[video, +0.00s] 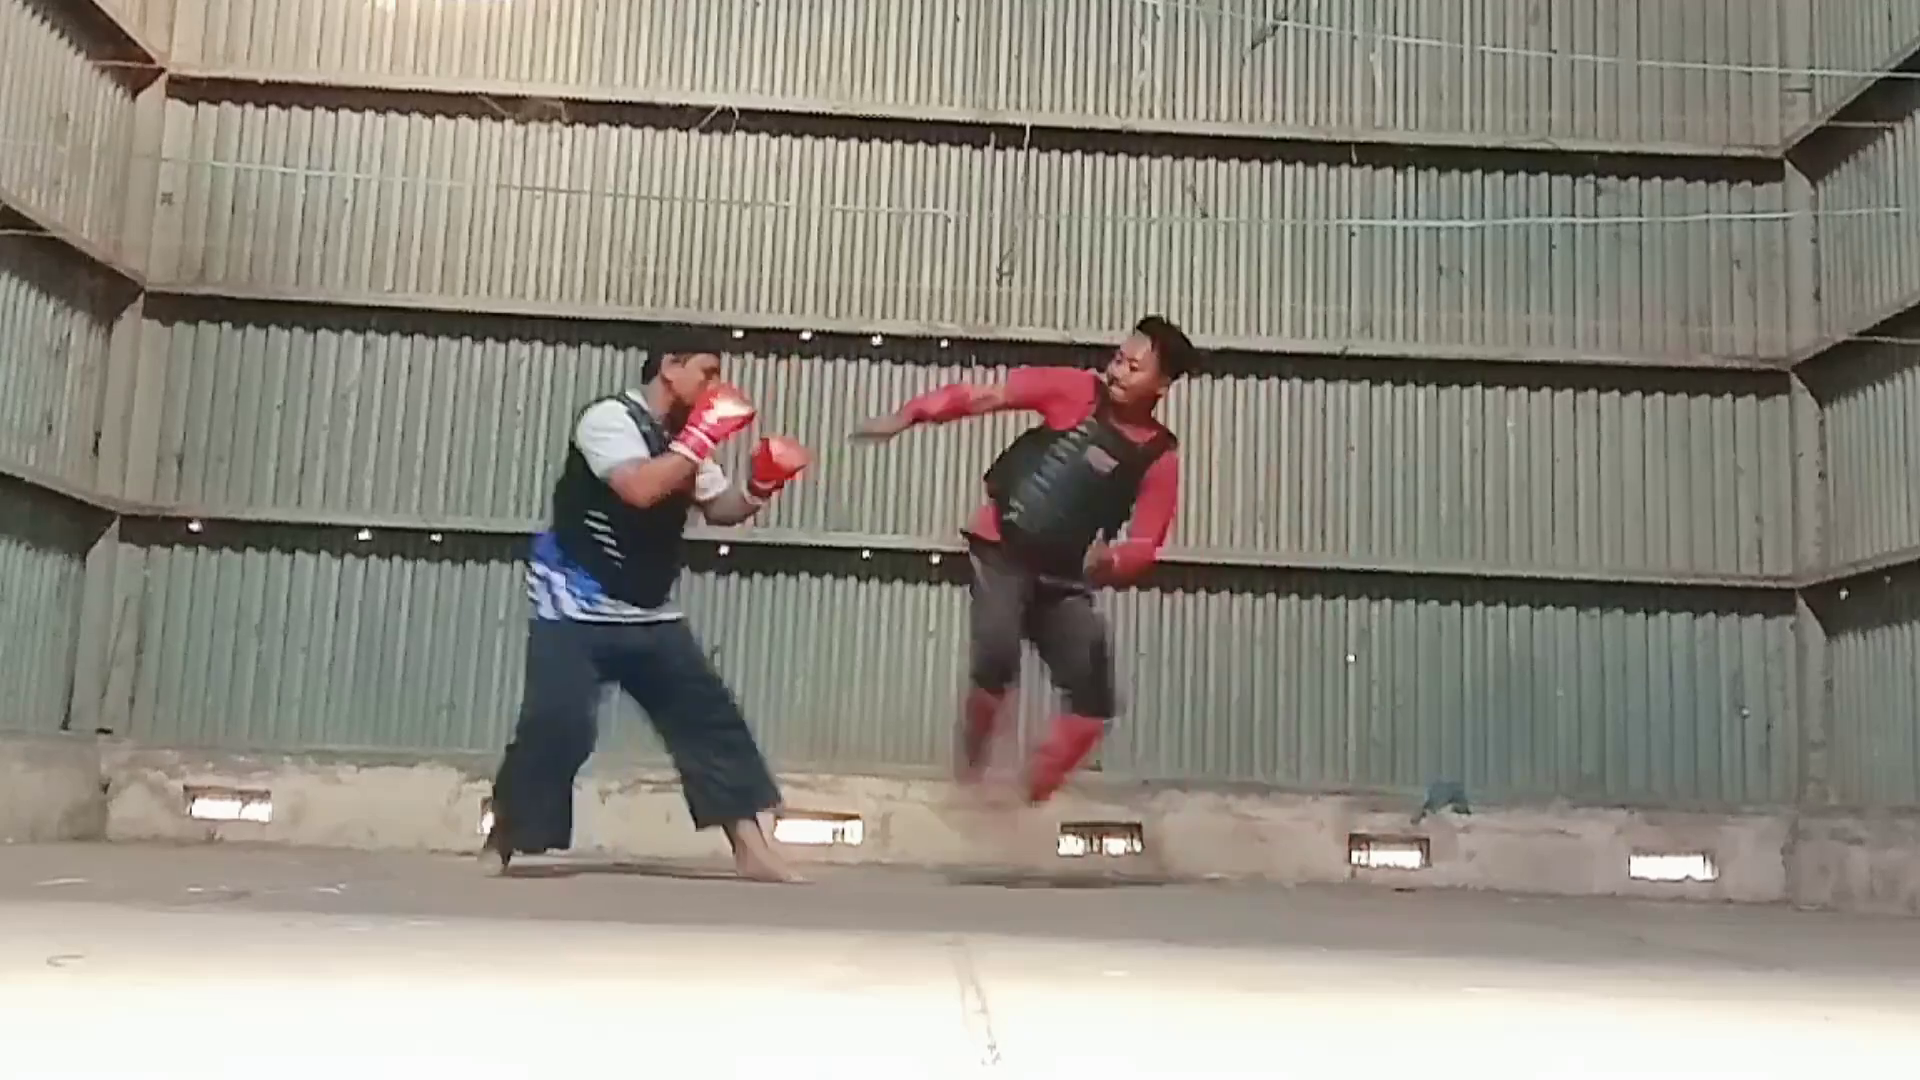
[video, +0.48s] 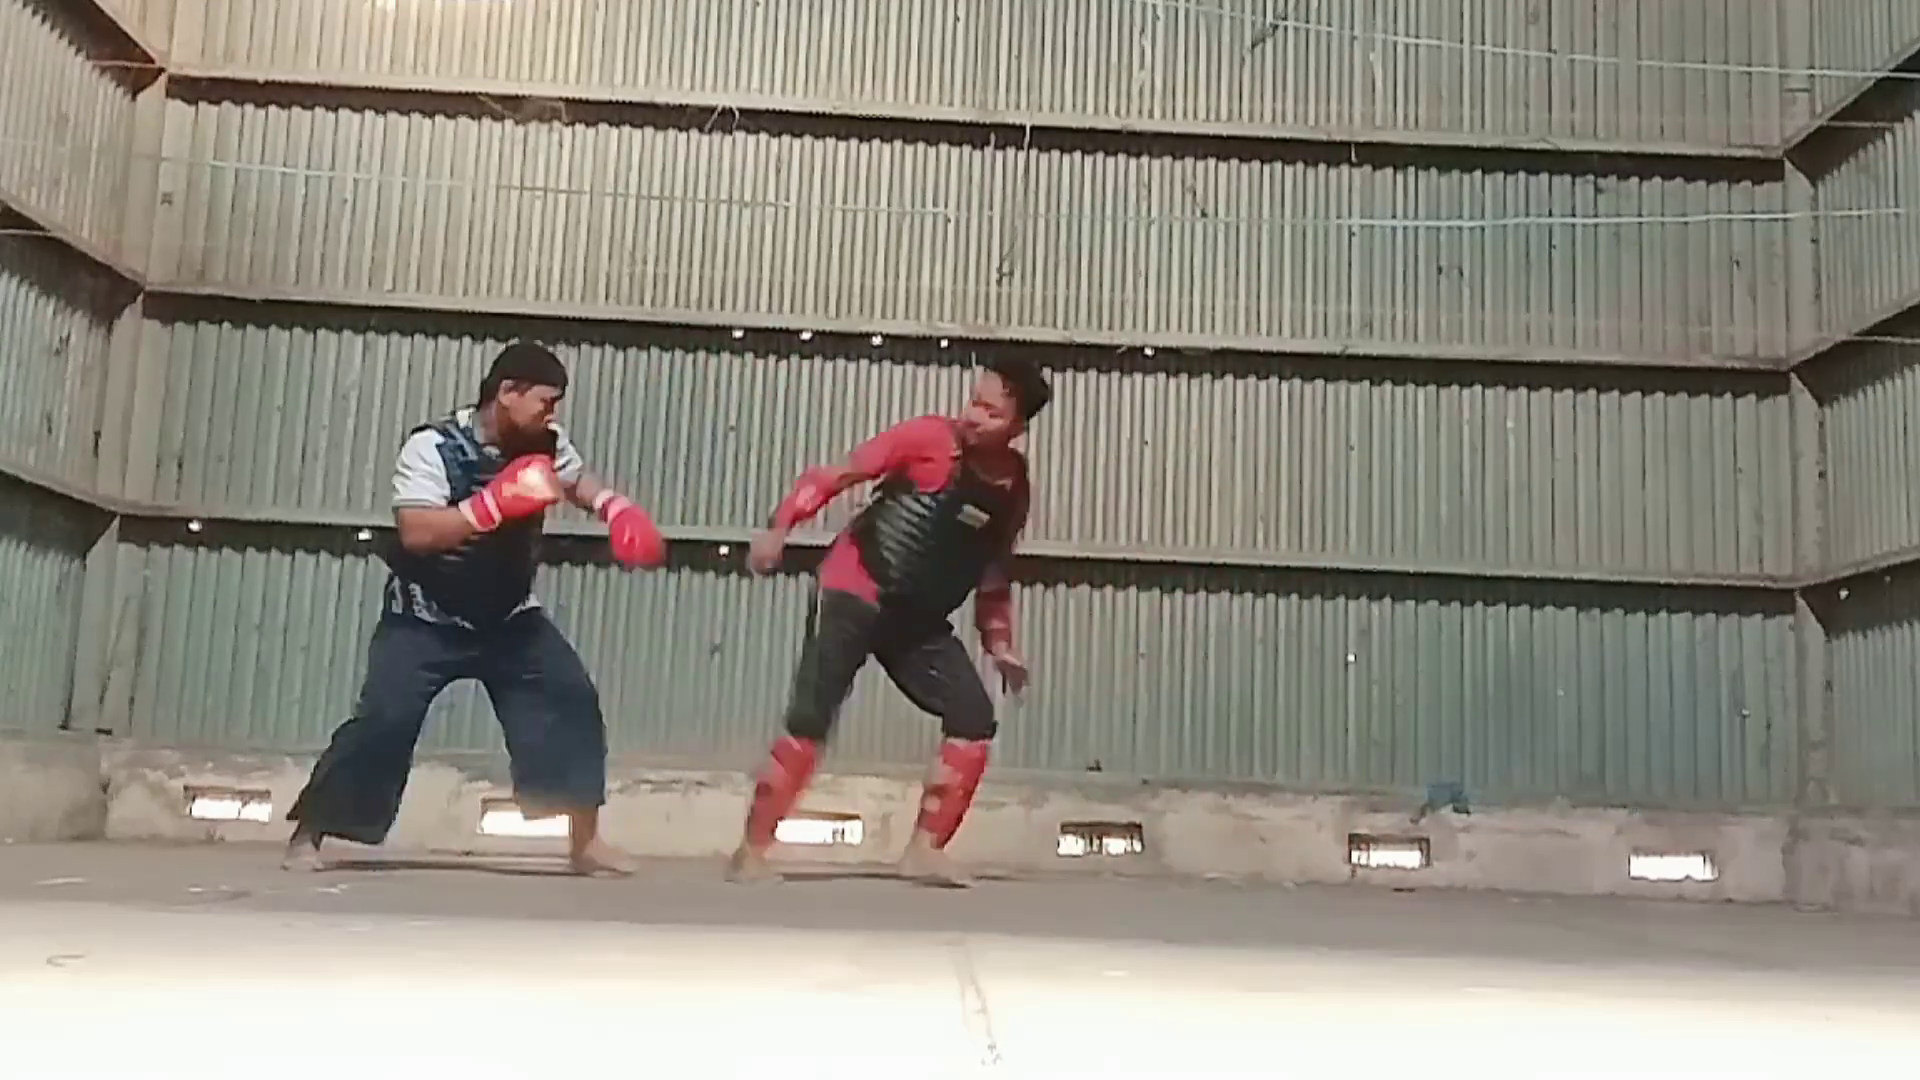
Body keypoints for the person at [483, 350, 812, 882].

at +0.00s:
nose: (715, 386)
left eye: (717, 376)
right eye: (707, 373)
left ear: (685, 372)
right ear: (669, 368)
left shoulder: (686, 442)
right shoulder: (605, 419)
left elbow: (719, 509)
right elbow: (639, 487)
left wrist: (759, 486)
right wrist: (702, 435)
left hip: (648, 615)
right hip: (572, 610)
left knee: (706, 713)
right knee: (559, 724)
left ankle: (753, 849)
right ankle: (509, 838)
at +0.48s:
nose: (555, 414)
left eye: (557, 403)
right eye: (547, 401)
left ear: (515, 396)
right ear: (507, 393)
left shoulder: (544, 443)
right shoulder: (429, 448)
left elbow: (577, 483)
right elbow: (417, 535)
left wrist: (616, 508)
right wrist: (494, 503)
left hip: (512, 621)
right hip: (424, 620)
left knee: (574, 700)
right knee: (386, 718)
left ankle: (585, 843)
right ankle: (310, 832)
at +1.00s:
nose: (656, 393)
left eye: (661, 382)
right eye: (655, 378)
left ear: (622, 366)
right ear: (622, 362)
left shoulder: (619, 428)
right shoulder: (539, 411)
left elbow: (616, 498)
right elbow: (560, 494)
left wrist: (668, 504)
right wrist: (632, 454)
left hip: (588, 597)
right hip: (512, 591)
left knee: (635, 693)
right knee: (486, 706)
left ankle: (638, 841)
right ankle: (443, 838)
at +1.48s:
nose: (764, 379)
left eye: (765, 369)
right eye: (759, 366)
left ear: (726, 364)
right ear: (727, 363)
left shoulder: (725, 434)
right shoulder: (666, 413)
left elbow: (722, 516)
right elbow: (699, 484)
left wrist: (775, 493)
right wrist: (751, 447)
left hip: (697, 615)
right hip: (626, 612)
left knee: (735, 717)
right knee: (560, 720)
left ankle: (743, 850)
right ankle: (469, 830)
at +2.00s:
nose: (809, 400)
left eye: (811, 390)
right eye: (803, 387)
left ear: (787, 389)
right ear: (762, 380)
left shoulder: (794, 452)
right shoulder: (693, 416)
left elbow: (812, 530)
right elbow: (706, 478)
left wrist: (814, 585)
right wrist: (779, 448)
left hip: (714, 605)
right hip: (643, 589)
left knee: (761, 704)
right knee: (605, 690)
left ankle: (752, 841)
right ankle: (538, 817)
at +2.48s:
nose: (760, 421)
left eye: (765, 410)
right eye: (760, 406)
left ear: (732, 394)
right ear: (731, 391)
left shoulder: (717, 454)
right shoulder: (655, 439)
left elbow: (702, 518)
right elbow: (678, 517)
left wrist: (755, 465)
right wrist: (745, 472)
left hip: (674, 624)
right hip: (608, 616)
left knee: (730, 713)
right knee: (564, 726)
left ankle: (755, 845)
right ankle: (485, 844)